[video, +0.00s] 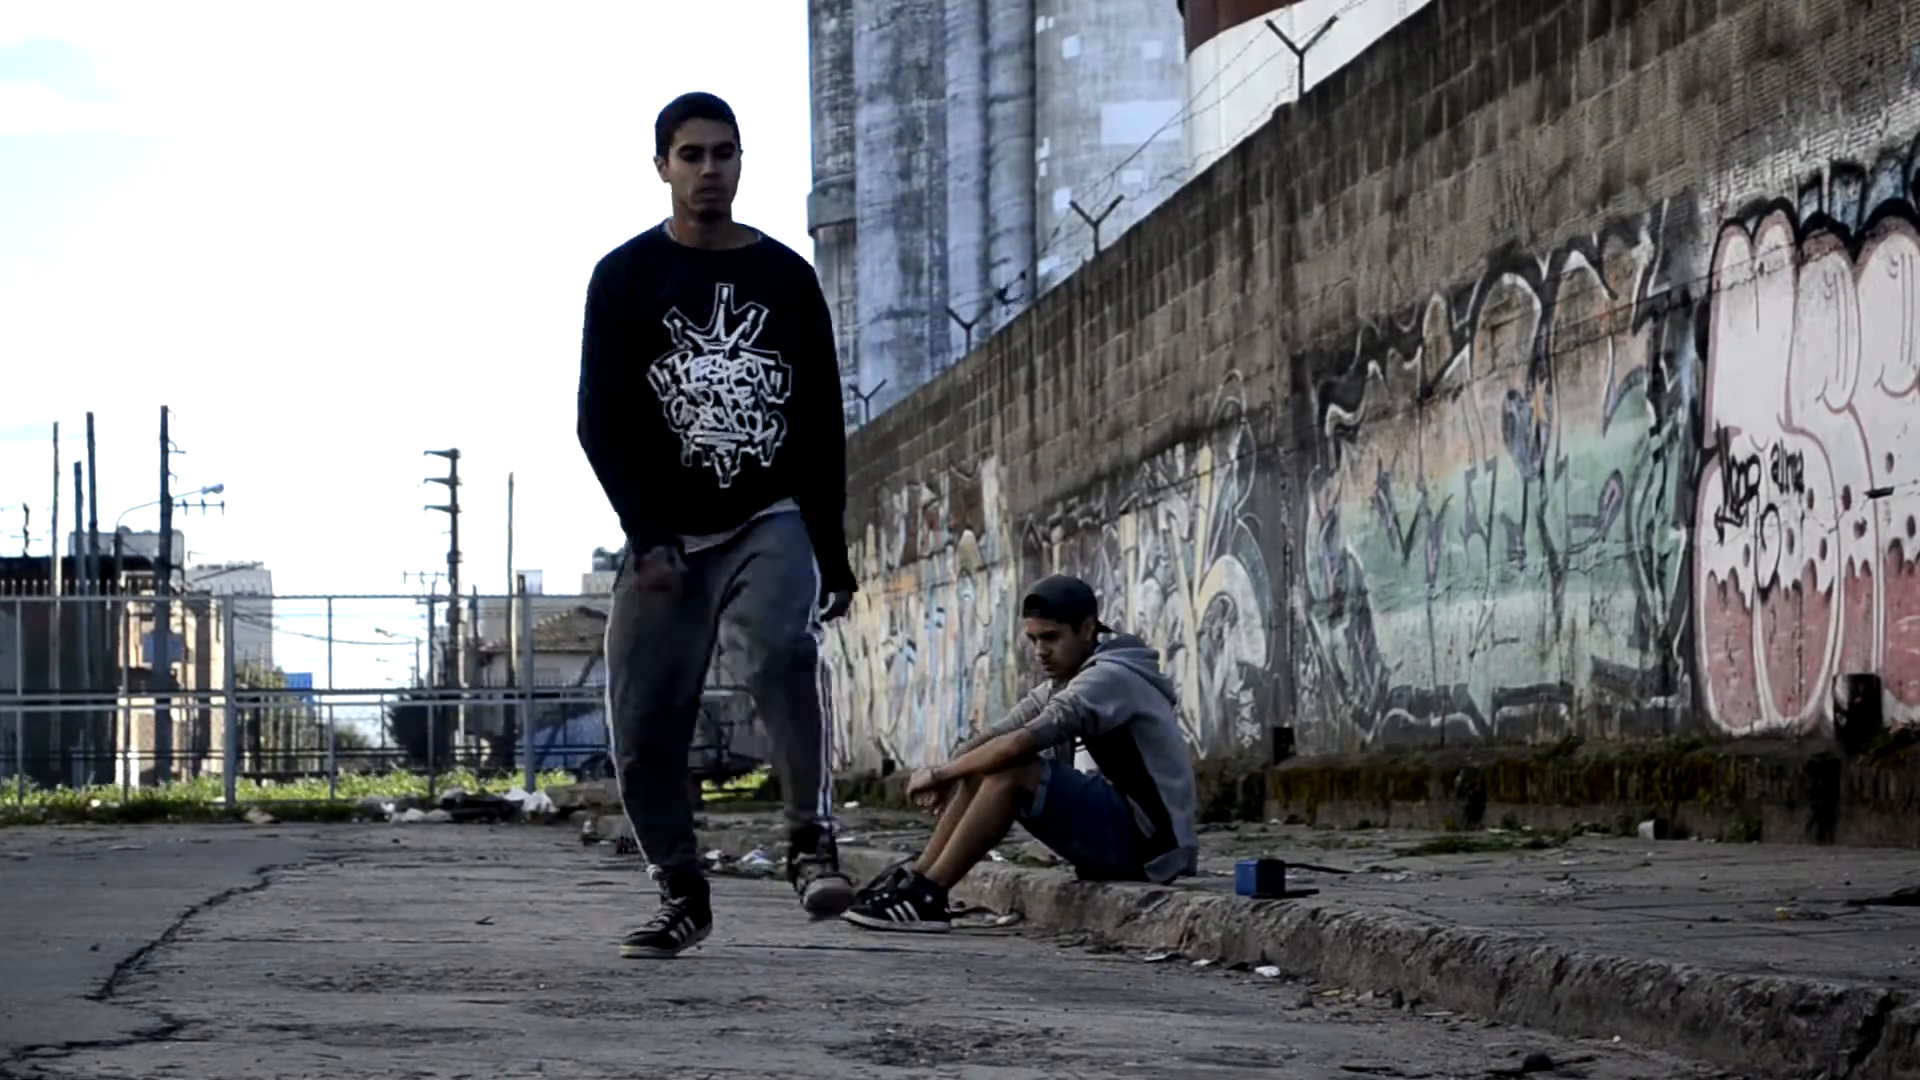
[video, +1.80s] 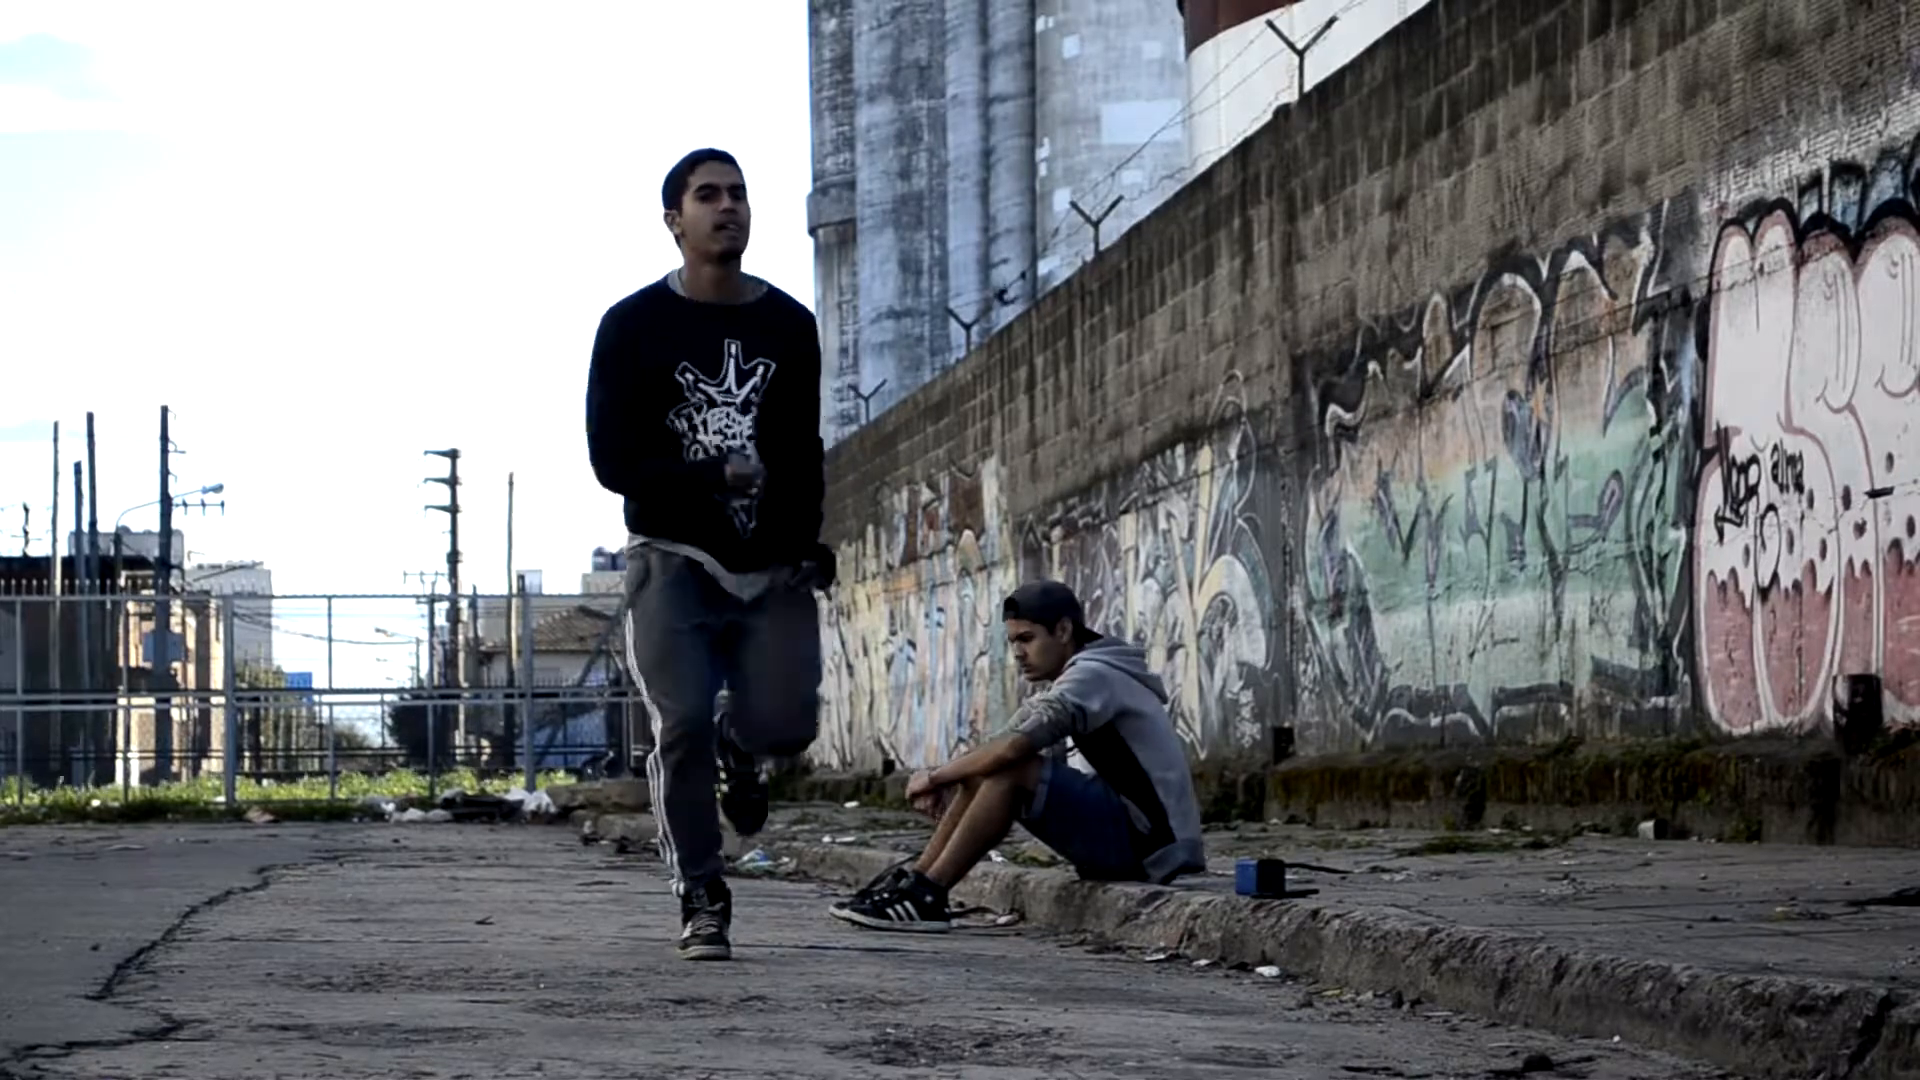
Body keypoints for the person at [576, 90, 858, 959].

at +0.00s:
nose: (709, 170)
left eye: (723, 154)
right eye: (691, 155)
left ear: (741, 164)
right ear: (663, 167)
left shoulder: (788, 275)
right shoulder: (623, 276)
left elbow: (821, 415)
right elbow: (599, 414)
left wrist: (830, 544)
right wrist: (641, 531)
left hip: (771, 512)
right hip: (663, 529)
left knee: (786, 651)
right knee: (639, 728)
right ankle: (683, 897)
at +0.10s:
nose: (726, 211)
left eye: (739, 196)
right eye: (708, 198)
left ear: (758, 207)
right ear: (680, 211)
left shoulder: (799, 319)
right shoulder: (640, 295)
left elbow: (839, 459)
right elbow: (544, 340)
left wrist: (850, 586)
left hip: (782, 558)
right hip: (672, 570)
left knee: (802, 701)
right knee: (640, 766)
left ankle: (836, 894)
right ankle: (682, 897)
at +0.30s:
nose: (755, 283)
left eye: (761, 270)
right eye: (733, 273)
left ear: (770, 285)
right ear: (691, 298)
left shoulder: (822, 397)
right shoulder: (657, 383)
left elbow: (924, 503)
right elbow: (569, 321)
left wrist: (895, 595)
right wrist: (642, 244)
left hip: (797, 622)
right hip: (693, 646)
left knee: (806, 700)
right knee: (622, 850)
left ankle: (842, 912)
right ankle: (693, 890)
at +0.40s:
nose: (766, 291)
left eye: (770, 277)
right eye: (744, 279)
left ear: (777, 292)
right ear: (699, 304)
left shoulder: (835, 389)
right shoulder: (660, 388)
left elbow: (962, 413)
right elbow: (570, 323)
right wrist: (636, 243)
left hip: (794, 634)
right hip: (689, 661)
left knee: (800, 700)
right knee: (616, 858)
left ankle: (843, 911)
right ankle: (688, 887)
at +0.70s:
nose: (743, 187)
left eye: (746, 174)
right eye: (723, 176)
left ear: (753, 188)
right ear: (678, 193)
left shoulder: (798, 292)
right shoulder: (635, 294)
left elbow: (864, 407)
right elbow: (515, 357)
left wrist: (887, 315)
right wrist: (601, 263)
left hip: (780, 553)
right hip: (671, 559)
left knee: (796, 715)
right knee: (629, 750)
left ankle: (822, 898)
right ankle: (677, 890)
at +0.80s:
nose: (727, 146)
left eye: (733, 133)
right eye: (708, 133)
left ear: (743, 145)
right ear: (666, 148)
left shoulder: (789, 258)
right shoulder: (620, 258)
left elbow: (818, 386)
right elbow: (553, 373)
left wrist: (827, 498)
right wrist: (585, 439)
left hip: (769, 511)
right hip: (659, 513)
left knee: (771, 682)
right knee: (643, 711)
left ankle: (756, 861)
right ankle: (654, 878)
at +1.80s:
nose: (728, 205)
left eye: (737, 193)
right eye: (709, 195)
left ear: (750, 213)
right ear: (673, 218)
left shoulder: (791, 324)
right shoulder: (631, 325)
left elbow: (802, 445)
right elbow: (612, 458)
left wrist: (802, 544)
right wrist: (702, 496)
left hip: (774, 563)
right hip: (672, 559)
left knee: (783, 730)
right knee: (686, 729)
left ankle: (735, 743)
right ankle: (702, 895)